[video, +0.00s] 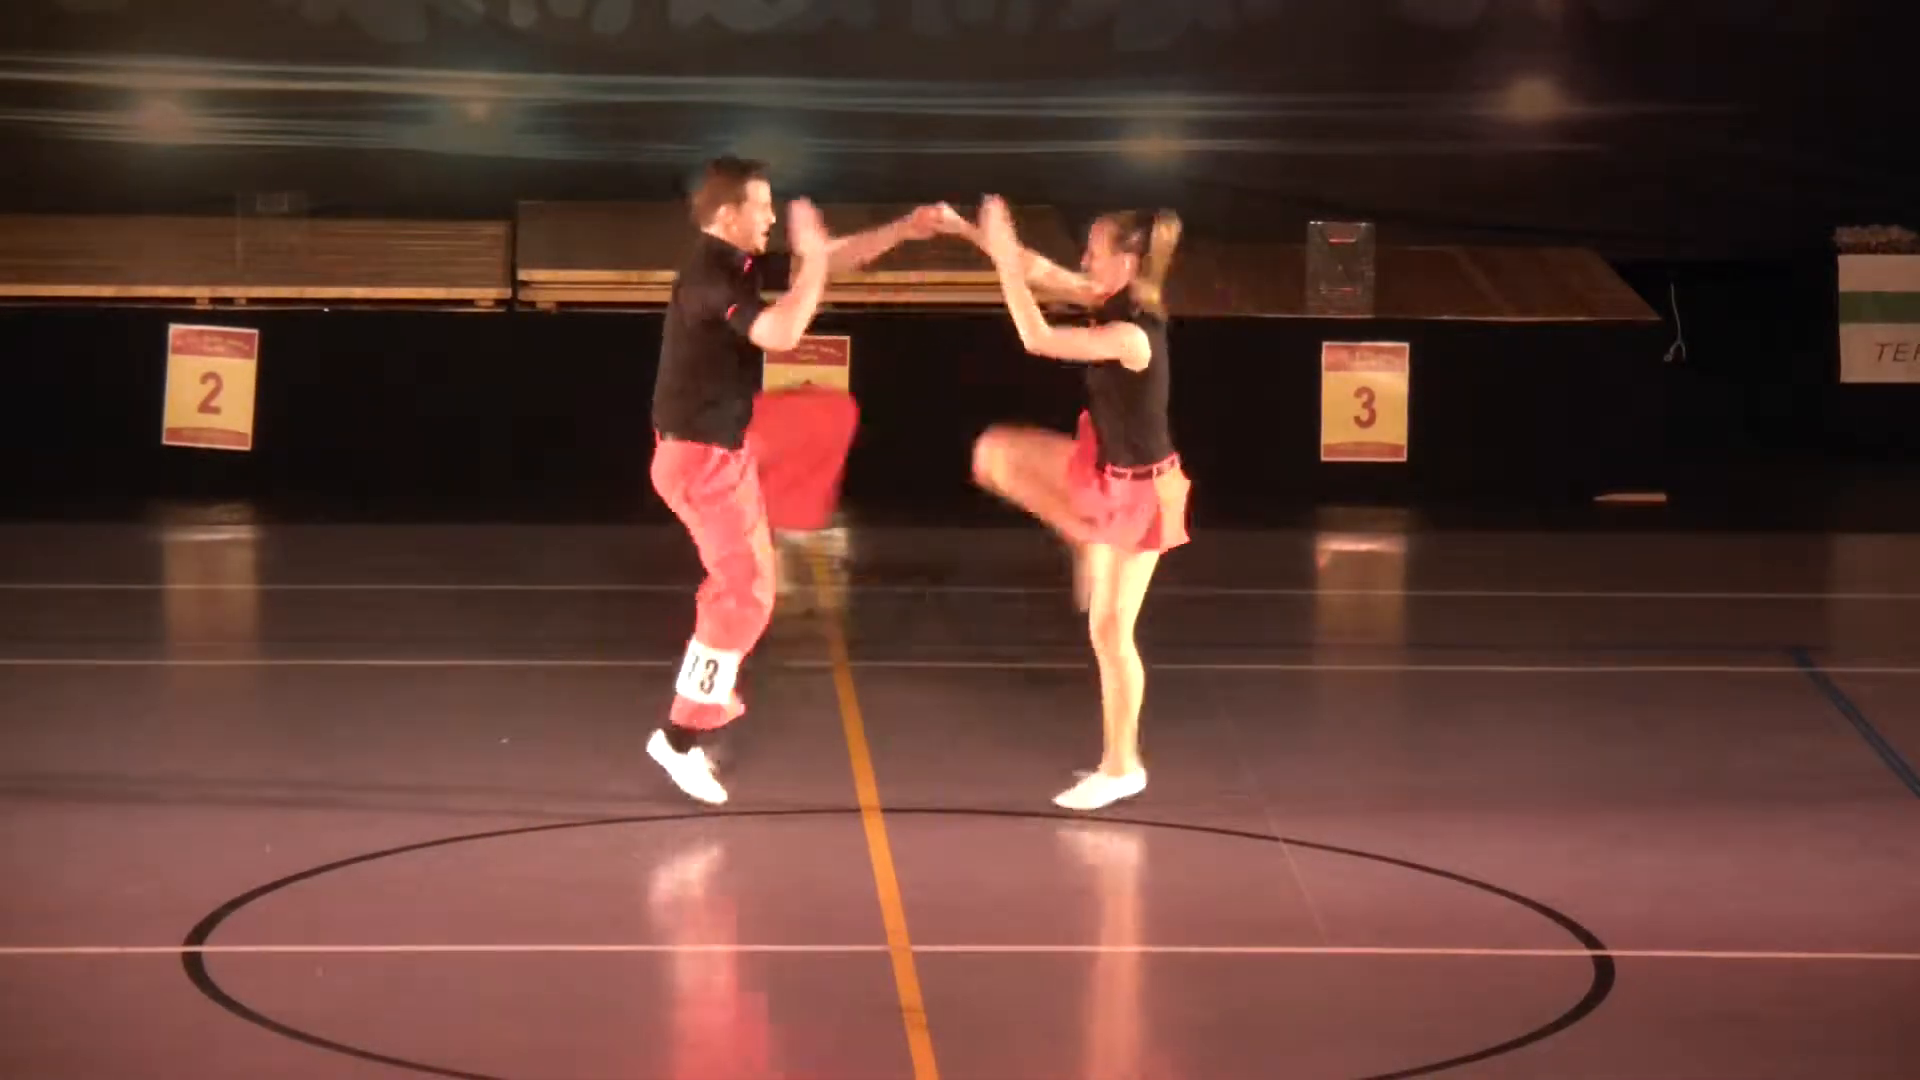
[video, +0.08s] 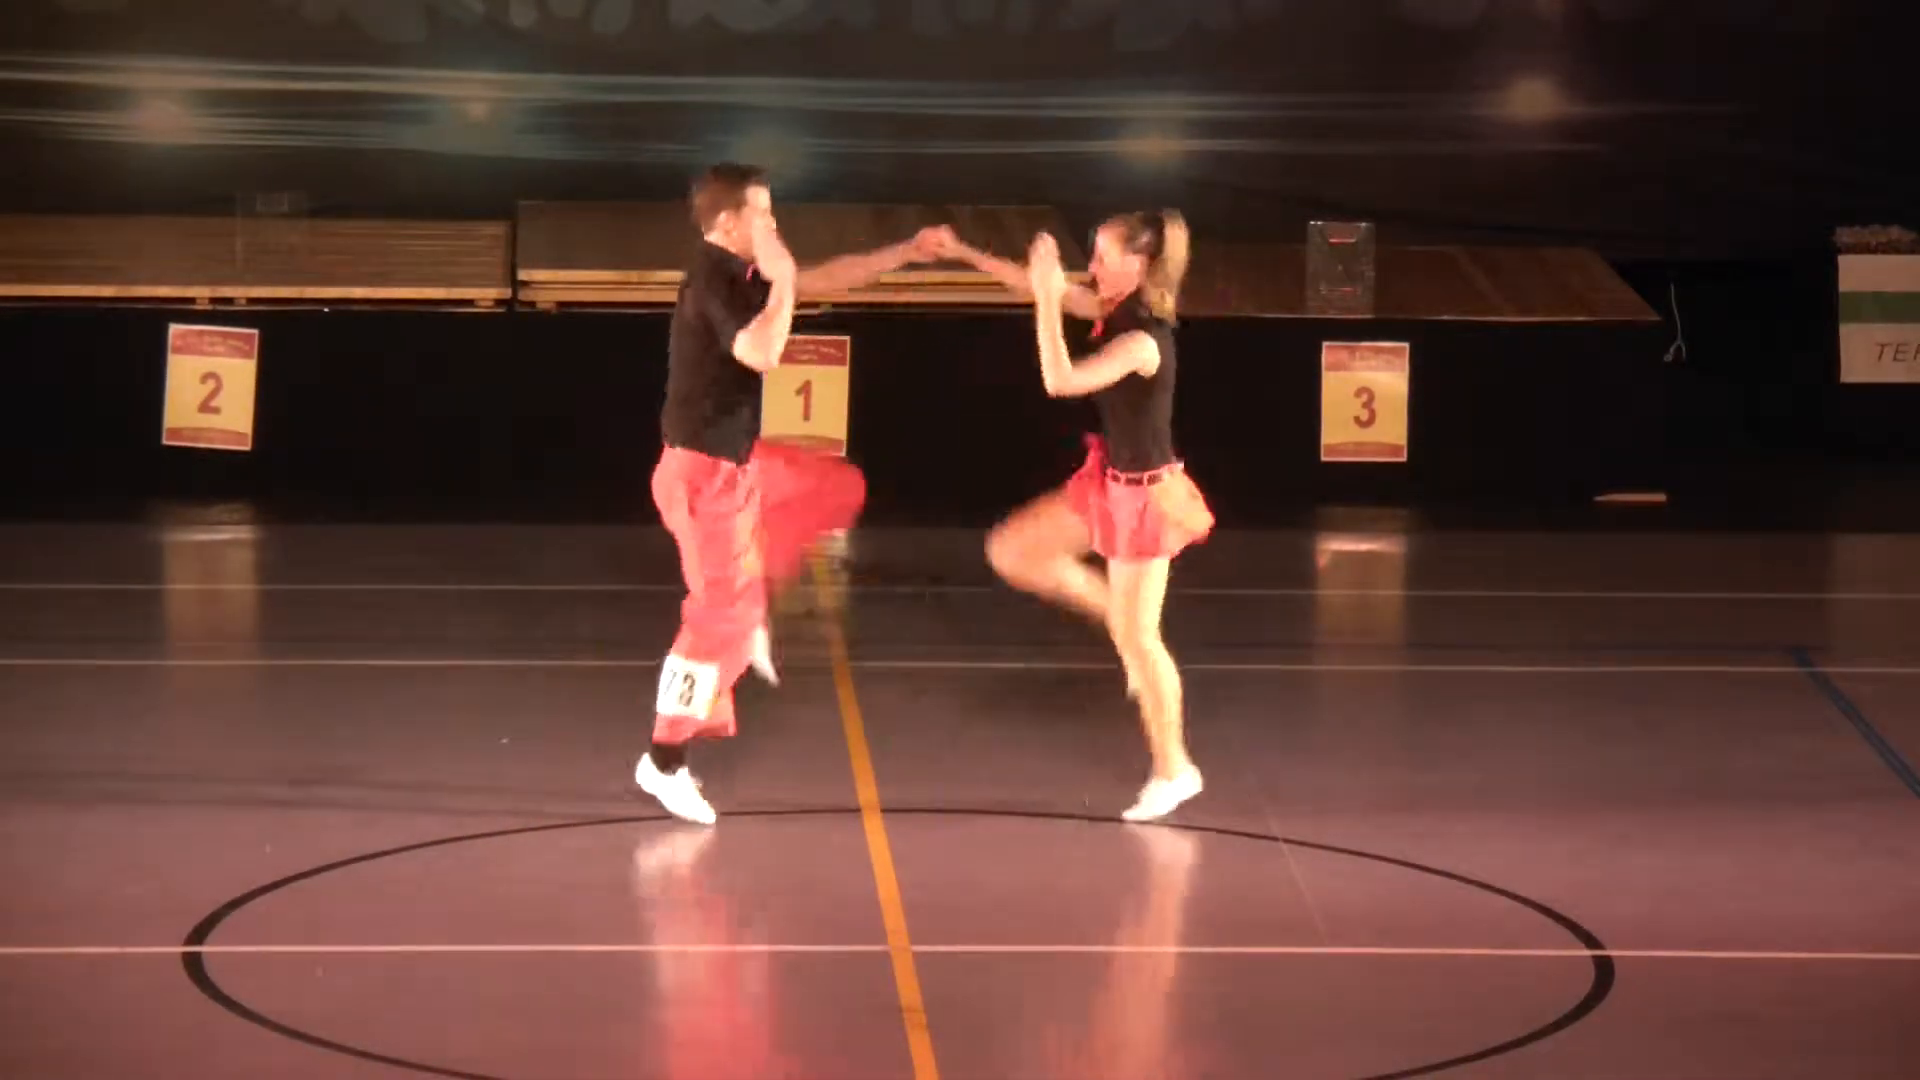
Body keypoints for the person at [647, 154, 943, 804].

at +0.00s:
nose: (771, 216)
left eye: (769, 206)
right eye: (760, 206)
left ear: (734, 215)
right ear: (726, 214)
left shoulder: (739, 265)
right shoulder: (711, 277)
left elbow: (825, 259)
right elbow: (781, 333)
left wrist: (903, 229)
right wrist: (814, 256)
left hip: (725, 441)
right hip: (700, 456)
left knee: (833, 418)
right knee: (747, 587)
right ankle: (682, 736)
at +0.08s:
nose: (772, 223)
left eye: (769, 212)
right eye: (762, 212)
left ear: (731, 221)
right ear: (727, 222)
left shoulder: (742, 273)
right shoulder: (713, 278)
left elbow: (827, 279)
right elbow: (760, 352)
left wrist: (906, 252)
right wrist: (780, 277)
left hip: (739, 463)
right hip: (702, 475)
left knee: (839, 489)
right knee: (724, 607)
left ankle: (747, 596)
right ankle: (664, 760)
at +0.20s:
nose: (763, 254)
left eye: (761, 242)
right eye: (751, 243)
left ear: (730, 253)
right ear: (715, 252)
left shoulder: (748, 312)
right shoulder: (699, 319)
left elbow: (828, 314)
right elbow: (732, 381)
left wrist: (913, 284)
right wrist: (763, 305)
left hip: (759, 513)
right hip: (709, 514)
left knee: (797, 640)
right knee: (678, 645)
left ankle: (777, 783)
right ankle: (648, 792)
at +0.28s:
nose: (735, 253)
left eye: (743, 240)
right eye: (721, 242)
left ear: (754, 243)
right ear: (695, 246)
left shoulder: (752, 307)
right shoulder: (686, 315)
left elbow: (832, 320)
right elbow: (645, 398)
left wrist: (922, 305)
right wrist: (727, 426)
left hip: (755, 489)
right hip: (722, 493)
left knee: (775, 619)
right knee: (823, 601)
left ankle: (773, 764)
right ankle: (716, 705)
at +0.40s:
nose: (722, 274)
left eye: (731, 261)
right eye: (709, 262)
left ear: (747, 264)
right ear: (688, 266)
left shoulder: (755, 325)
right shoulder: (672, 335)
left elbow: (835, 321)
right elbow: (608, 415)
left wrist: (920, 298)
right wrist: (550, 490)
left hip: (760, 496)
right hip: (725, 504)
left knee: (780, 637)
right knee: (872, 459)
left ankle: (765, 789)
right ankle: (989, 553)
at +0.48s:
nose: (716, 241)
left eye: (725, 228)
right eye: (702, 230)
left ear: (743, 233)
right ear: (683, 239)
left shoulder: (755, 297)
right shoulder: (673, 310)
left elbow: (833, 302)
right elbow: (621, 401)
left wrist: (914, 275)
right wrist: (583, 482)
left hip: (752, 470)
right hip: (716, 475)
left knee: (765, 624)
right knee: (856, 438)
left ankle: (774, 771)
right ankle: (993, 476)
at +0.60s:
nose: (718, 221)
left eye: (728, 209)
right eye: (705, 210)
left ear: (747, 213)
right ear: (688, 217)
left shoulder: (756, 278)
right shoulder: (685, 280)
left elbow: (828, 295)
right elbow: (644, 371)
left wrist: (905, 275)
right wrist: (659, 457)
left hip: (746, 453)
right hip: (710, 452)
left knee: (781, 583)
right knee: (864, 429)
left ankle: (738, 736)